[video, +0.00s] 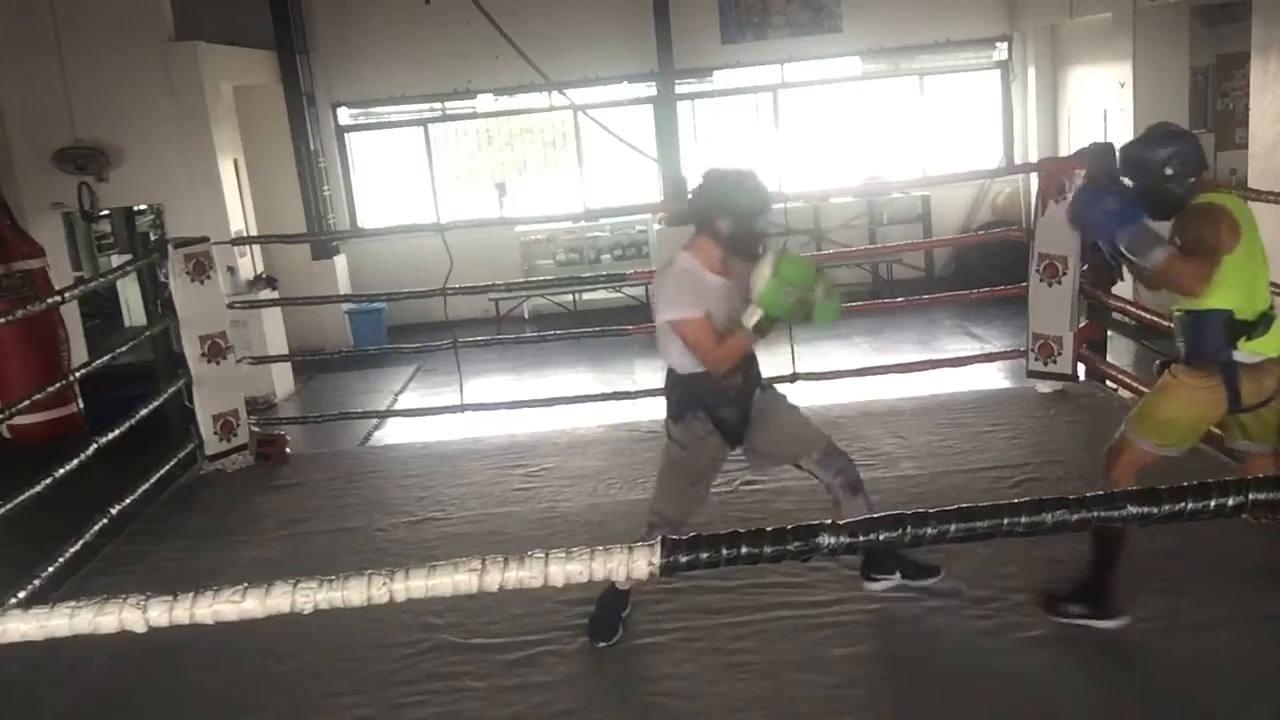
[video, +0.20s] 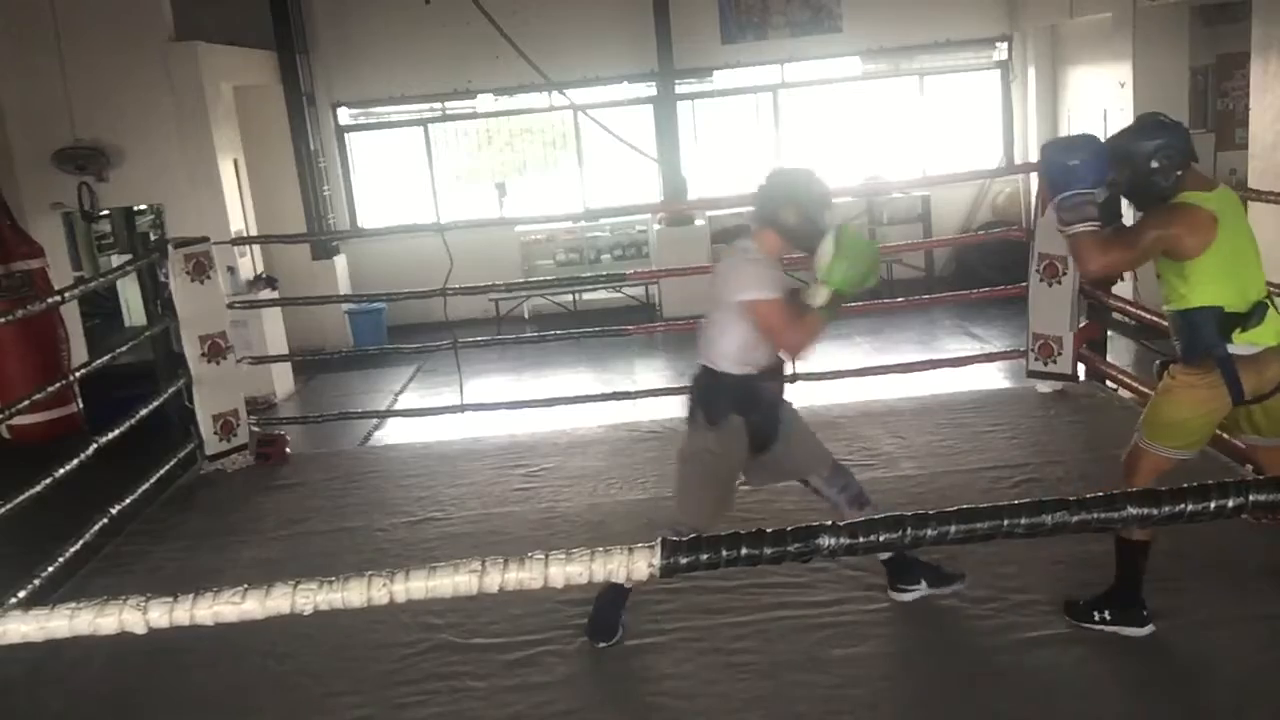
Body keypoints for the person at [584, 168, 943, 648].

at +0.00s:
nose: (763, 231)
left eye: (763, 220)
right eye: (755, 220)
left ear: (724, 220)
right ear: (725, 220)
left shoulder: (738, 263)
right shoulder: (676, 285)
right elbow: (716, 358)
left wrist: (797, 296)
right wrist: (767, 317)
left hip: (750, 394)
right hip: (697, 410)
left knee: (837, 467)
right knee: (667, 524)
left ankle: (878, 562)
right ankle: (619, 594)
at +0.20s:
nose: (805, 246)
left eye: (807, 236)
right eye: (804, 237)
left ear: (771, 219)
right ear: (788, 228)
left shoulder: (762, 264)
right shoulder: (747, 267)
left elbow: (790, 327)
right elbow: (791, 339)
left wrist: (826, 289)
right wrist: (825, 297)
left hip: (761, 401)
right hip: (721, 404)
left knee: (836, 484)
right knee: (693, 522)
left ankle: (902, 568)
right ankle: (617, 593)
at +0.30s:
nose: (841, 238)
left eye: (842, 228)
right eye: (837, 228)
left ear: (789, 226)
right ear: (816, 231)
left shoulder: (762, 266)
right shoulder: (787, 274)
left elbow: (819, 333)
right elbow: (838, 334)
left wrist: (846, 287)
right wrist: (855, 282)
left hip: (774, 411)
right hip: (738, 415)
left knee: (855, 483)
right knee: (725, 540)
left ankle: (908, 570)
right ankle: (626, 579)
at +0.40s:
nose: (848, 235)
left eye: (846, 225)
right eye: (843, 225)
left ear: (794, 232)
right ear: (826, 233)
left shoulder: (763, 280)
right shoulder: (809, 283)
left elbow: (785, 351)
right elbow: (883, 327)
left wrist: (838, 340)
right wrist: (872, 272)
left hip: (781, 421)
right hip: (760, 427)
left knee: (872, 478)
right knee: (752, 565)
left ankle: (912, 569)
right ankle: (647, 589)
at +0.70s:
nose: (828, 244)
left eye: (832, 233)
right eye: (824, 233)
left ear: (799, 230)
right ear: (792, 227)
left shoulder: (801, 274)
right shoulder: (748, 278)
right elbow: (791, 355)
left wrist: (859, 256)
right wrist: (833, 309)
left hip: (786, 414)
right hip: (737, 419)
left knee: (874, 478)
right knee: (714, 540)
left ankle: (909, 571)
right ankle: (621, 595)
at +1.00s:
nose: (829, 204)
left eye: (830, 194)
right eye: (820, 195)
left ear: (830, 192)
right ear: (788, 196)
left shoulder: (828, 238)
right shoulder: (751, 255)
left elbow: (898, 248)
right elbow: (825, 308)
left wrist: (905, 200)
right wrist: (863, 270)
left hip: (826, 380)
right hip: (769, 386)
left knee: (893, 477)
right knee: (745, 506)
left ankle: (915, 570)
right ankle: (702, 568)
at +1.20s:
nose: (778, 224)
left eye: (780, 212)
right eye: (767, 215)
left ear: (783, 208)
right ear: (733, 217)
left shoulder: (778, 247)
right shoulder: (713, 278)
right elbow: (760, 347)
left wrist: (830, 289)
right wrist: (811, 299)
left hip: (802, 382)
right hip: (749, 396)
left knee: (875, 473)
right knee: (722, 505)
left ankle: (913, 567)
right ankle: (689, 568)